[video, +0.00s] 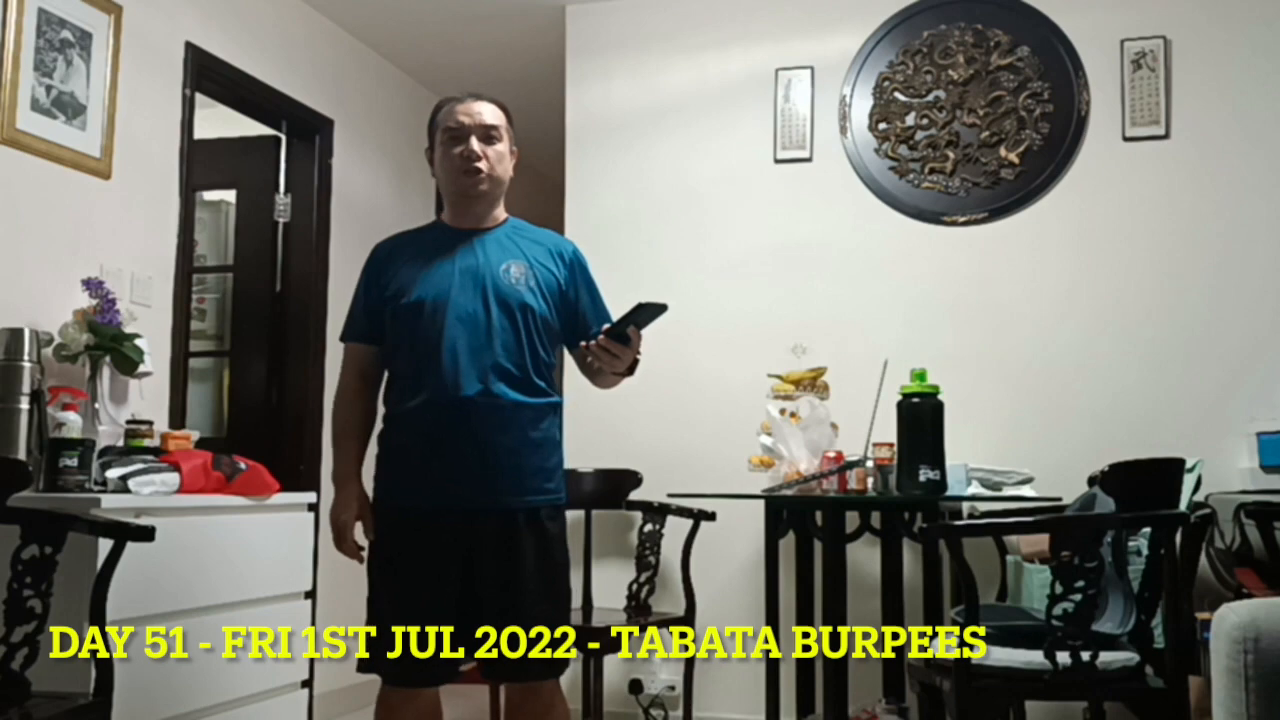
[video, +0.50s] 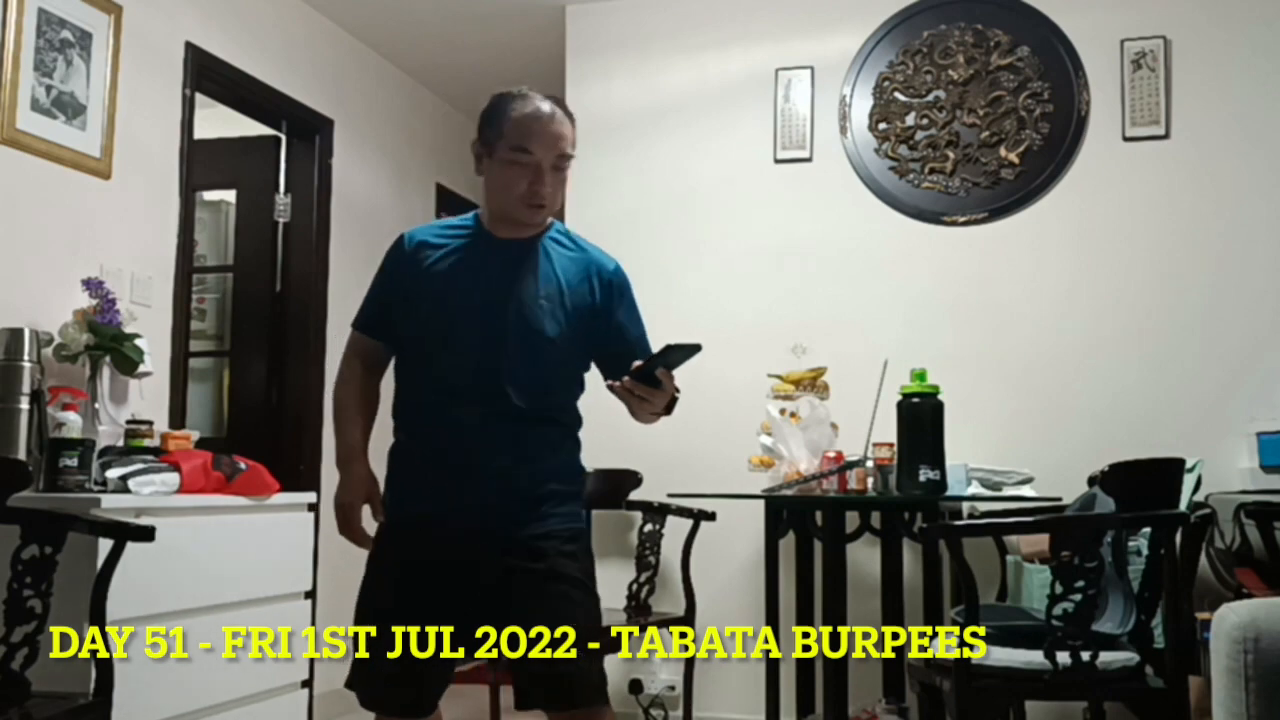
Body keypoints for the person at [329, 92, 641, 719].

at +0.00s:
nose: (472, 147)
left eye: (488, 136)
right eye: (455, 137)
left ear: (513, 160)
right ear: (432, 159)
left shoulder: (557, 255)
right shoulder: (392, 258)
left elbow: (600, 364)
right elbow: (358, 380)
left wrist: (617, 363)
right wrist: (346, 483)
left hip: (523, 501)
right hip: (415, 500)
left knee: (533, 683)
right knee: (407, 685)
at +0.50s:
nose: (543, 185)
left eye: (559, 167)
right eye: (523, 163)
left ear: (571, 171)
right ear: (481, 158)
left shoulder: (594, 274)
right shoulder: (416, 256)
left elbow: (638, 390)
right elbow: (362, 364)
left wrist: (653, 400)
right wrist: (352, 466)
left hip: (543, 521)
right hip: (428, 512)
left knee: (577, 700)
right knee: (398, 701)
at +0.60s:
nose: (594, 190)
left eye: (612, 172)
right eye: (574, 165)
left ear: (624, 175)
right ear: (531, 158)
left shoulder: (639, 286)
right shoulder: (459, 250)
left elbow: (679, 397)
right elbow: (398, 361)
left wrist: (691, 429)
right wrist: (379, 466)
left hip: (575, 528)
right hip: (458, 517)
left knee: (599, 704)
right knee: (408, 696)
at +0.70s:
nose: (651, 210)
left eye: (672, 189)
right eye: (632, 181)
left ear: (685, 186)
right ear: (587, 165)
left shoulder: (690, 303)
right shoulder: (508, 247)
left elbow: (727, 415)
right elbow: (435, 362)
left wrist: (733, 457)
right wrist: (415, 477)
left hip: (610, 533)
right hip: (489, 519)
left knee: (635, 705)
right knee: (436, 702)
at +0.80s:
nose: (701, 239)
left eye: (723, 219)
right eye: (682, 209)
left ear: (738, 214)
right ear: (633, 186)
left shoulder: (732, 331)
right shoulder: (542, 252)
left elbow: (777, 454)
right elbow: (464, 355)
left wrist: (776, 501)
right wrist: (447, 490)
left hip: (637, 540)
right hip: (511, 525)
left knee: (661, 707)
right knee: (460, 705)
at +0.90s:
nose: (739, 269)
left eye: (763, 249)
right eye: (719, 236)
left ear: (776, 245)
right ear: (669, 208)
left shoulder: (763, 363)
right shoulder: (570, 261)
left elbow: (808, 493)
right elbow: (485, 353)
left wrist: (807, 554)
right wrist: (475, 486)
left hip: (656, 544)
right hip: (532, 526)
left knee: (671, 710)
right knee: (470, 704)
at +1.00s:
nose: (764, 293)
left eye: (789, 270)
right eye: (743, 258)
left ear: (801, 265)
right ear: (691, 229)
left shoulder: (782, 387)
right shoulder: (589, 269)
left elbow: (827, 524)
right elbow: (499, 358)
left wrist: (834, 619)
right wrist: (486, 488)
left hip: (669, 544)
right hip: (546, 522)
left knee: (681, 708)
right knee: (482, 701)